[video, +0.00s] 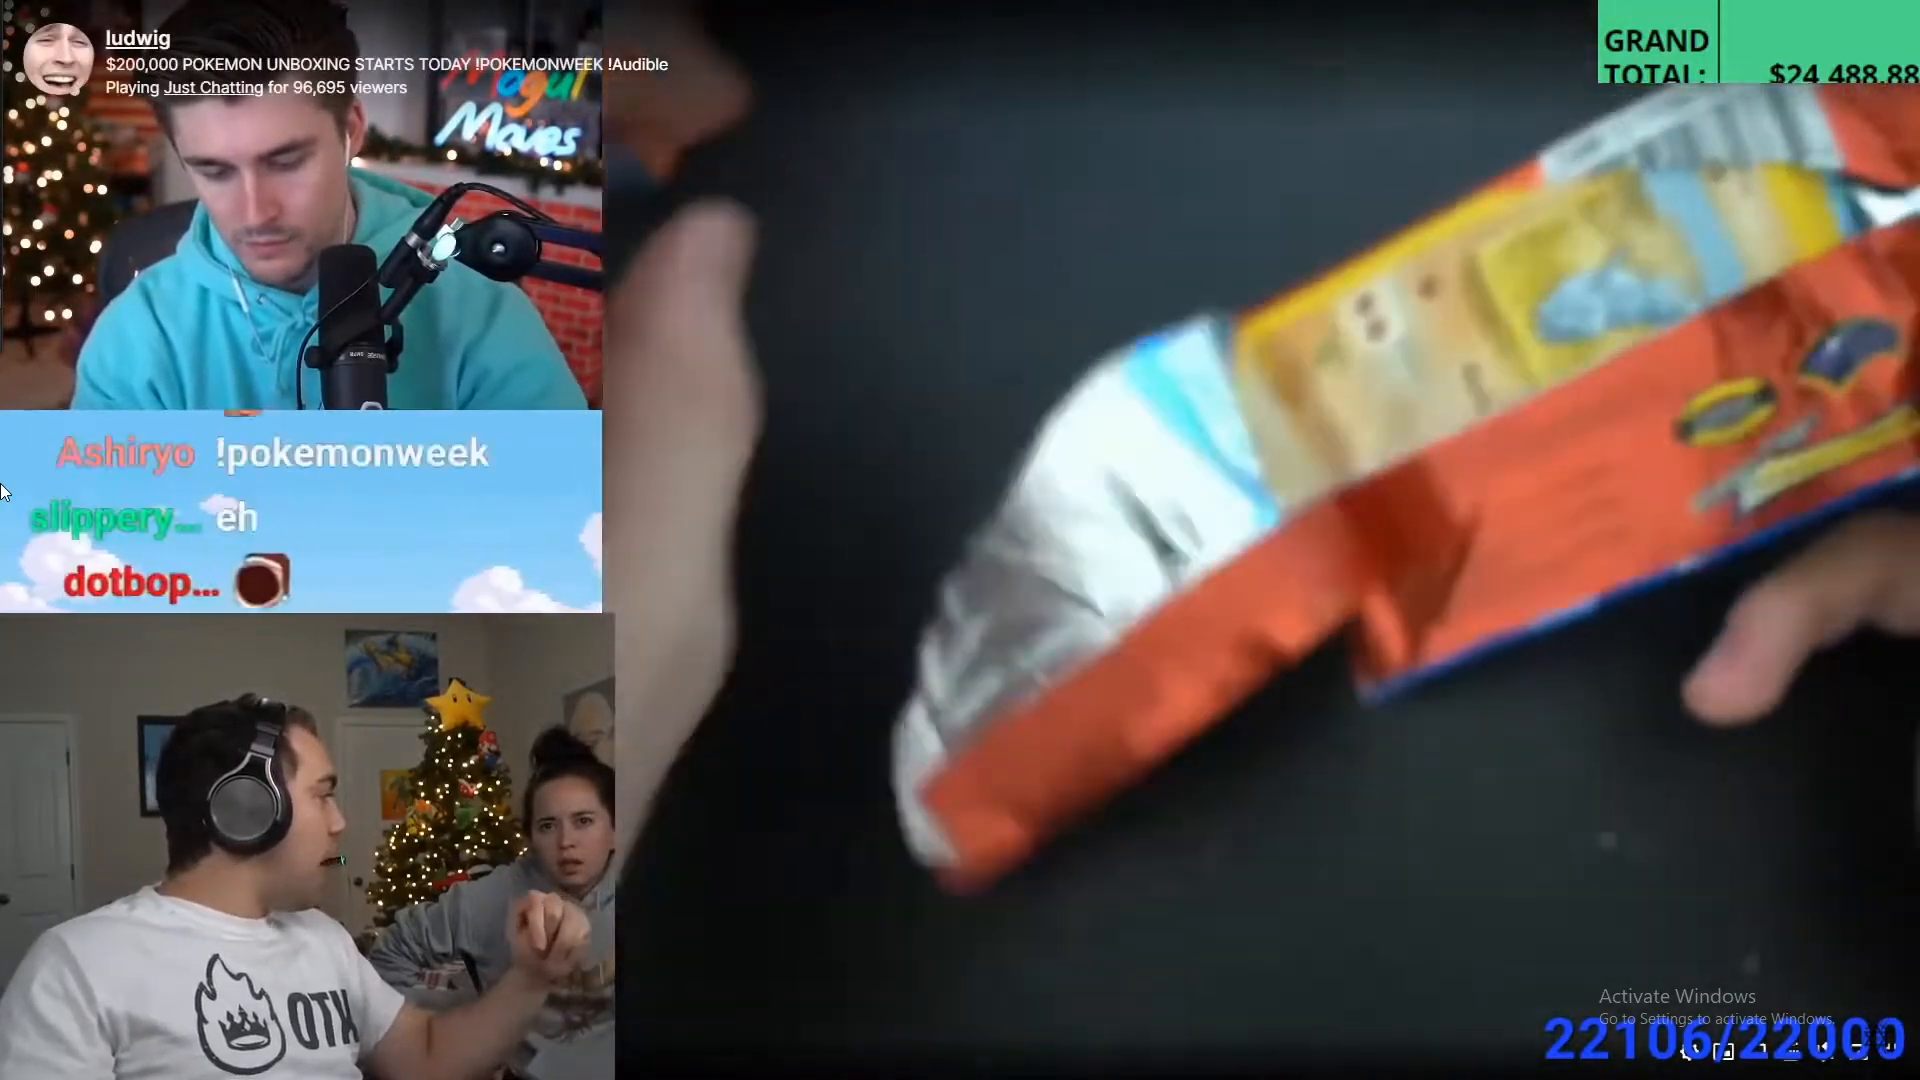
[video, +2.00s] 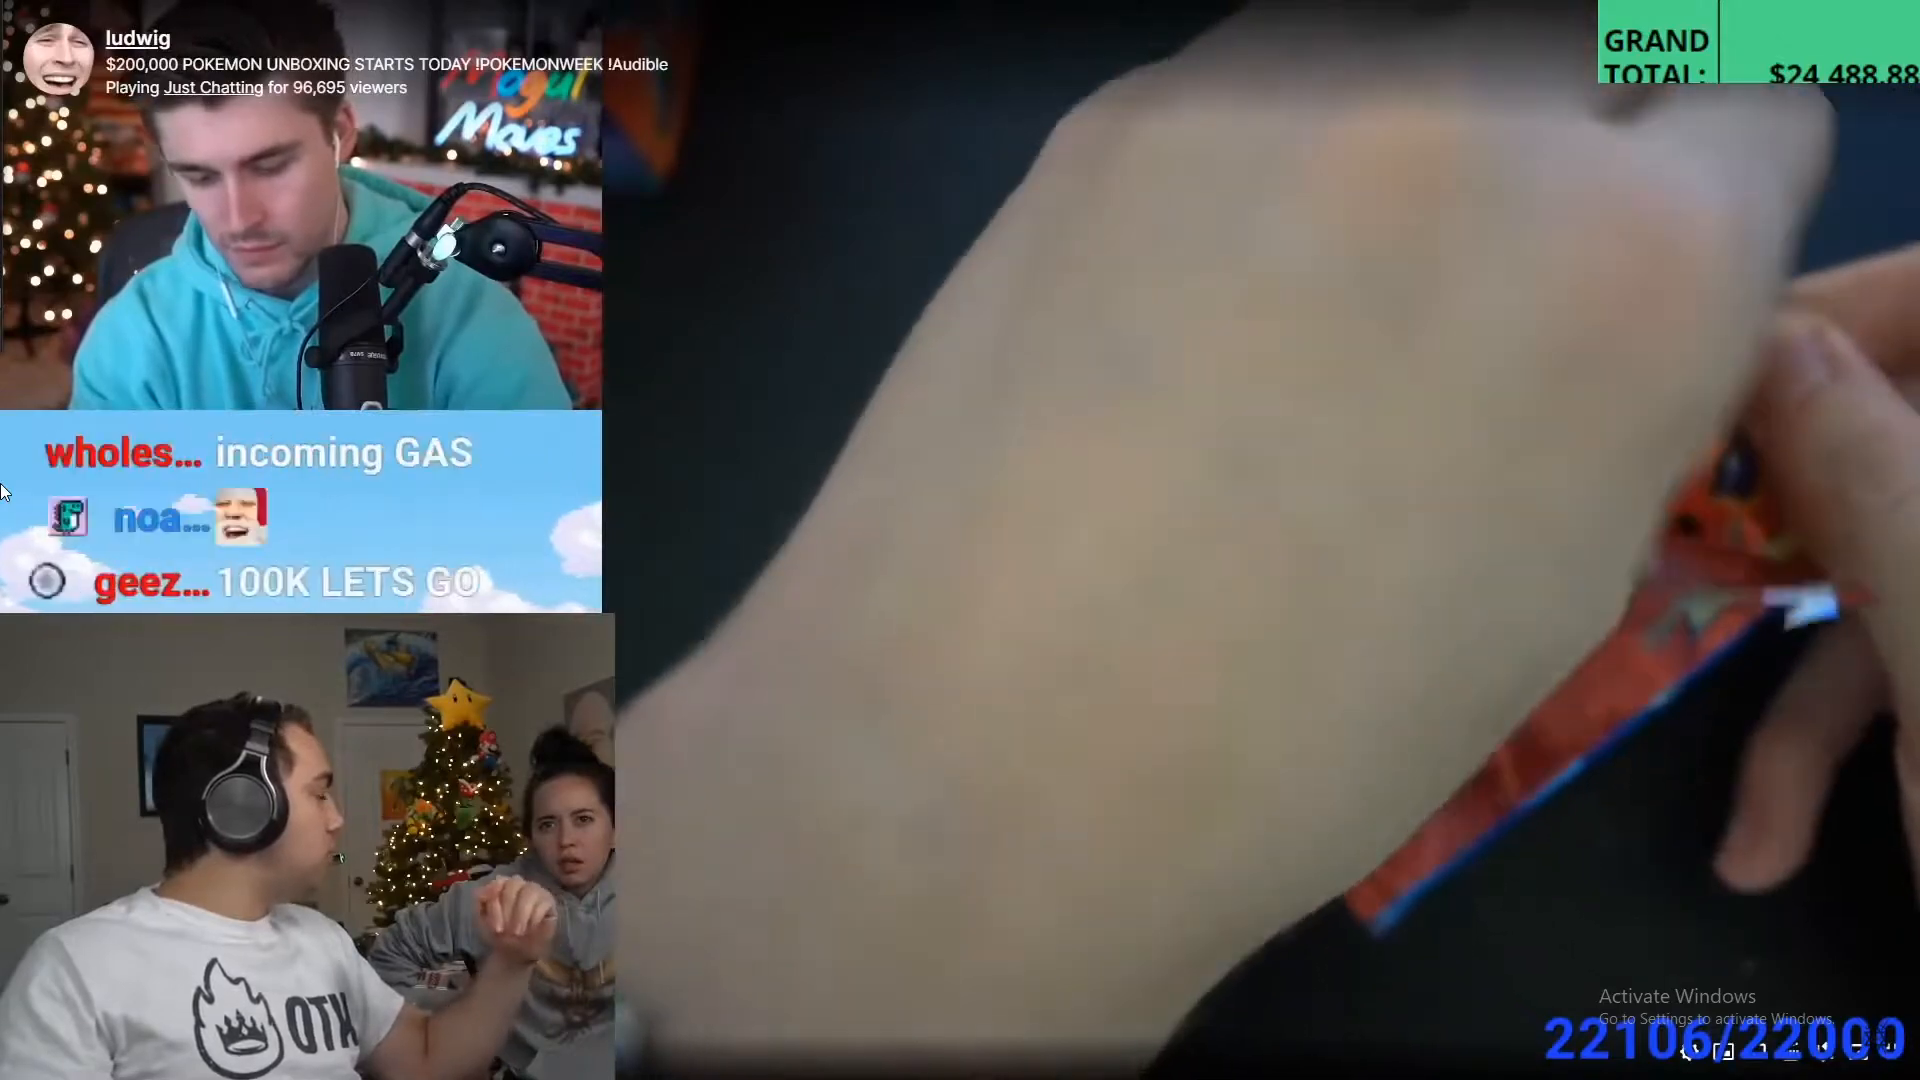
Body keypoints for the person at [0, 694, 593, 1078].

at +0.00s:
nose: (340, 822)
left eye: (334, 796)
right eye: (323, 793)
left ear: (258, 800)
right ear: (243, 802)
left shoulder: (325, 944)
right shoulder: (77, 966)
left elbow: (426, 1054)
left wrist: (529, 978)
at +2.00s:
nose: (340, 818)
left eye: (331, 793)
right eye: (320, 793)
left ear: (255, 803)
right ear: (241, 803)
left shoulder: (323, 943)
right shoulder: (76, 967)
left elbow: (427, 1059)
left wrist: (509, 962)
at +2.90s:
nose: (341, 818)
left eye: (333, 792)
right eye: (321, 793)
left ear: (257, 803)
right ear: (243, 804)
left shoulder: (322, 943)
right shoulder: (76, 968)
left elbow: (425, 1057)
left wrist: (516, 968)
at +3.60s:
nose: (340, 818)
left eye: (331, 793)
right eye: (320, 794)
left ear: (256, 805)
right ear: (242, 806)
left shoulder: (322, 943)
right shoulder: (74, 969)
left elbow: (427, 1058)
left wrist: (511, 965)